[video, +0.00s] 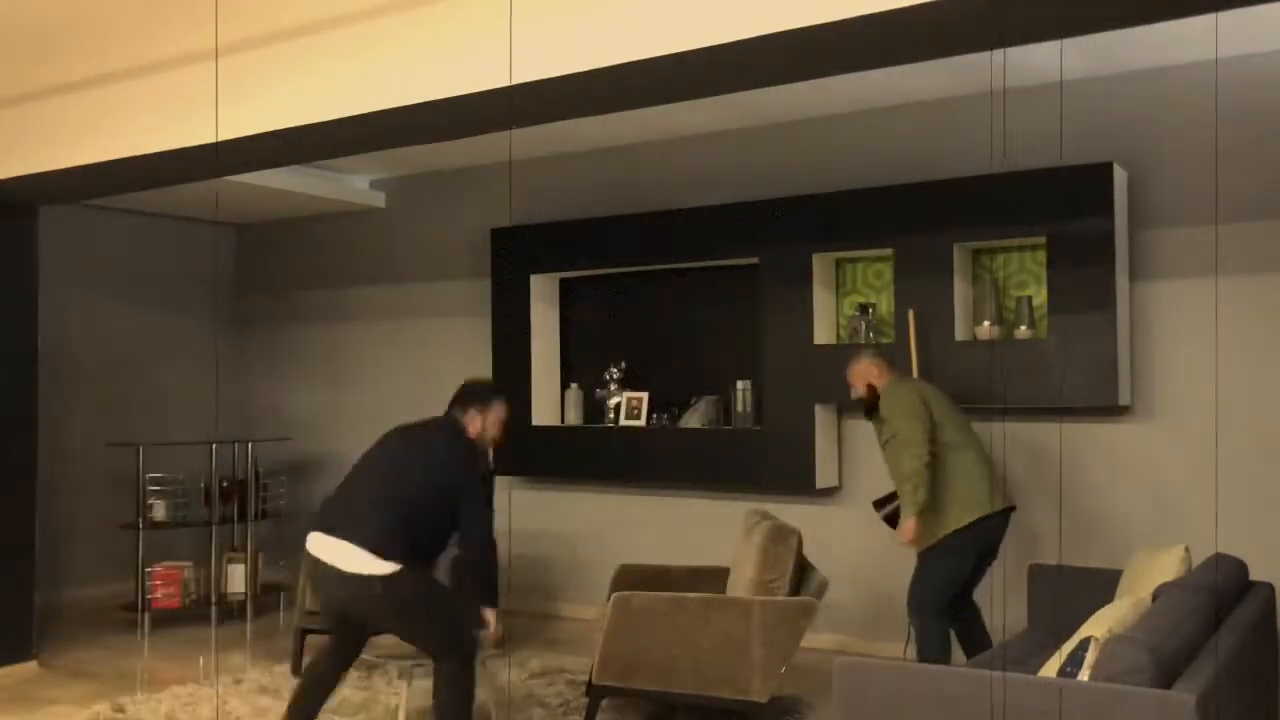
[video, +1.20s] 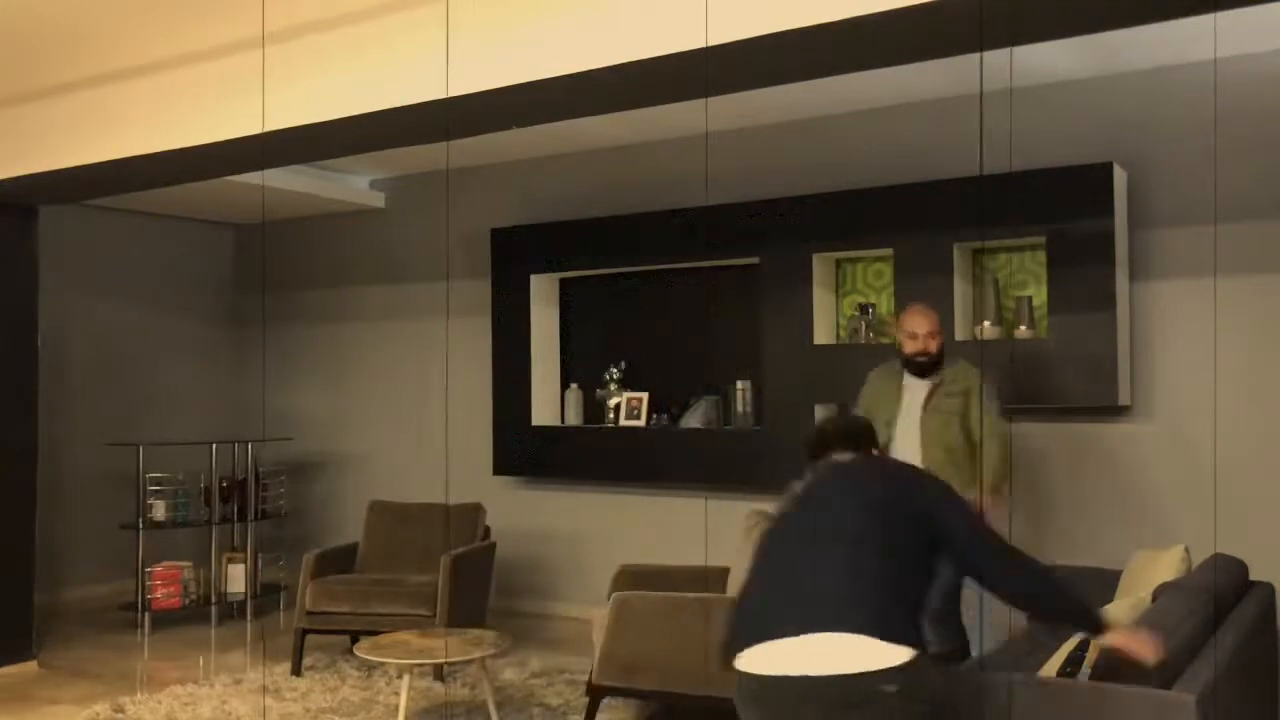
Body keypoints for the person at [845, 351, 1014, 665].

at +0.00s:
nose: (854, 395)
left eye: (855, 385)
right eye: (852, 387)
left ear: (875, 374)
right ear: (878, 372)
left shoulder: (897, 394)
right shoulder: (917, 390)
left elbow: (913, 453)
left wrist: (911, 512)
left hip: (962, 512)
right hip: (990, 509)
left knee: (925, 602)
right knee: (957, 599)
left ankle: (933, 692)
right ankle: (990, 680)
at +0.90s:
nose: (881, 352)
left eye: (889, 342)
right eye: (874, 347)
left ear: (910, 346)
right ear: (869, 356)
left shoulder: (927, 385)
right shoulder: (901, 393)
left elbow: (942, 449)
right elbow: (913, 458)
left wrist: (926, 506)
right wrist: (900, 504)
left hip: (960, 515)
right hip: (940, 518)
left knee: (920, 606)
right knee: (926, 605)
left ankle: (941, 692)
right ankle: (974, 680)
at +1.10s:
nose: (908, 344)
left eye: (917, 335)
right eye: (900, 336)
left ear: (933, 336)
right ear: (890, 340)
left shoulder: (956, 381)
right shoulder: (898, 381)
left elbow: (967, 453)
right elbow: (893, 449)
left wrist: (940, 505)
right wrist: (887, 504)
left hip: (946, 522)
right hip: (905, 519)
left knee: (923, 604)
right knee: (884, 600)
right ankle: (944, 661)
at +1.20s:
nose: (924, 346)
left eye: (932, 337)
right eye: (913, 337)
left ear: (943, 337)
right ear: (898, 338)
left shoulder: (968, 380)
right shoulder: (880, 379)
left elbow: (993, 438)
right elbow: (857, 438)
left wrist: (987, 495)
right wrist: (859, 486)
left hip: (945, 513)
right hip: (887, 511)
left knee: (938, 606)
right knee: (895, 603)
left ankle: (957, 688)